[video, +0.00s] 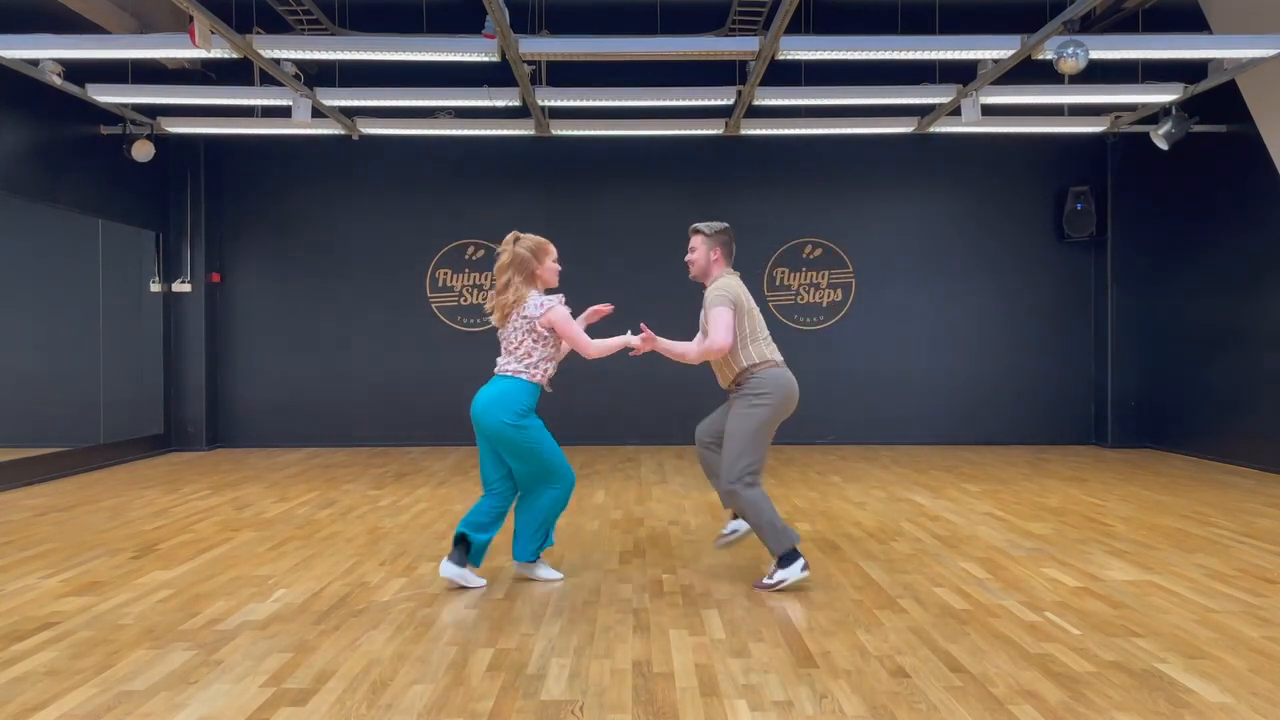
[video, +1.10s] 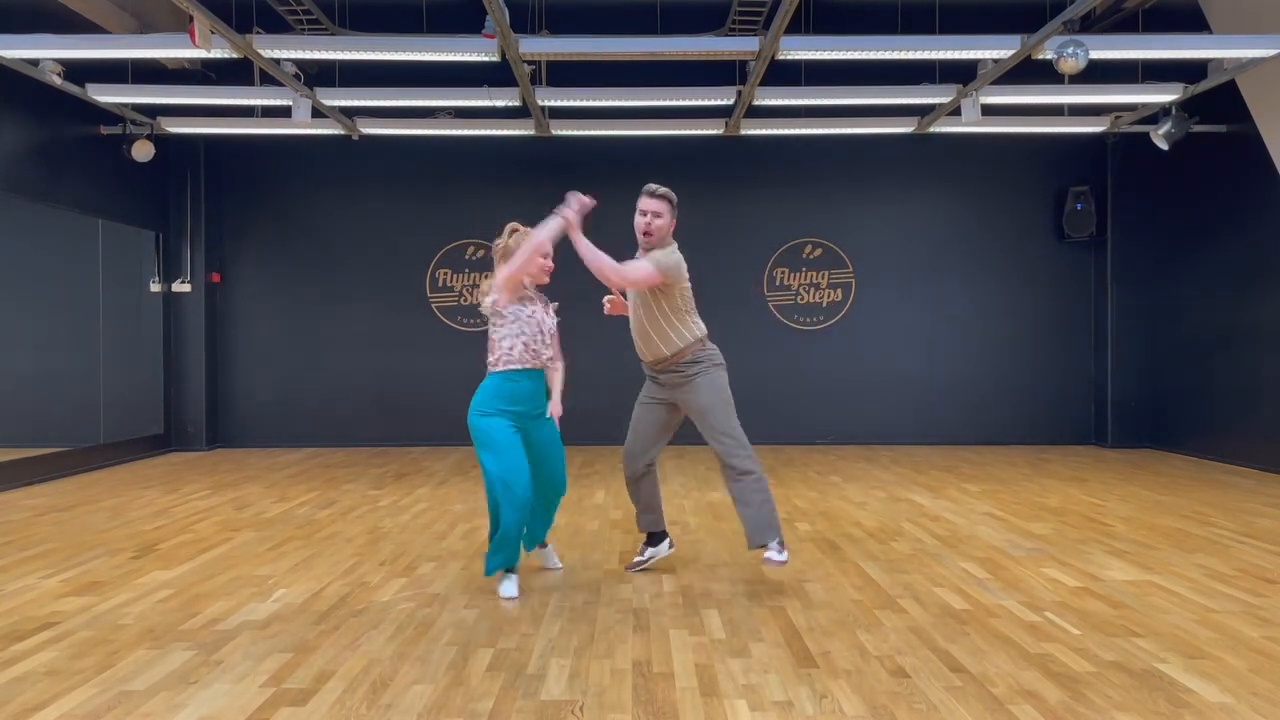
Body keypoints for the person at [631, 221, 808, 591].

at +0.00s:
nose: (687, 257)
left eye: (693, 250)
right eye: (688, 250)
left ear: (715, 255)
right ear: (714, 256)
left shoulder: (721, 288)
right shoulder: (720, 292)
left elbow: (721, 342)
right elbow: (695, 352)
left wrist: (693, 354)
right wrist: (656, 342)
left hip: (764, 384)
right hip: (756, 386)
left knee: (736, 480)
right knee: (707, 436)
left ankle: (789, 557)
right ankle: (741, 511)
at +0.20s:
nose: (691, 247)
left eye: (698, 240)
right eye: (693, 240)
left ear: (721, 246)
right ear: (714, 247)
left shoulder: (734, 276)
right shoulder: (718, 295)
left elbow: (775, 308)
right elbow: (703, 348)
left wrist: (742, 350)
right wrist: (663, 334)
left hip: (781, 374)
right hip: (769, 378)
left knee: (731, 460)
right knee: (732, 460)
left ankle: (784, 547)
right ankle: (780, 545)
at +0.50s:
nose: (681, 245)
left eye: (687, 237)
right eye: (681, 237)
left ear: (711, 238)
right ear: (705, 240)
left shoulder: (747, 268)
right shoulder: (685, 287)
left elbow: (761, 319)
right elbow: (656, 318)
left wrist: (706, 325)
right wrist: (621, 317)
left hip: (773, 374)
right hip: (736, 384)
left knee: (723, 445)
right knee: (699, 464)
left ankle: (752, 540)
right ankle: (733, 549)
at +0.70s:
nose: (669, 238)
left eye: (675, 231)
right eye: (669, 231)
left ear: (700, 231)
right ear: (694, 233)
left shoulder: (732, 269)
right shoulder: (675, 274)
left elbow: (703, 318)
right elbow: (658, 325)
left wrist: (651, 325)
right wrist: (633, 312)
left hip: (750, 375)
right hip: (713, 381)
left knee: (723, 454)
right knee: (691, 467)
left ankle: (727, 562)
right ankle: (731, 556)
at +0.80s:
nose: (659, 235)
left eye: (665, 227)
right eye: (659, 227)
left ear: (690, 228)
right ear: (686, 230)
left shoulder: (708, 265)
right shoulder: (687, 269)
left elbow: (679, 328)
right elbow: (693, 323)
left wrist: (632, 336)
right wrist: (657, 316)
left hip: (742, 377)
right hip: (701, 381)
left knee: (720, 460)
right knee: (662, 455)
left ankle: (751, 546)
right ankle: (694, 539)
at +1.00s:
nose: (656, 237)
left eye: (665, 231)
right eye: (651, 230)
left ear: (684, 238)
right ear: (645, 234)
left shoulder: (685, 280)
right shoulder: (658, 280)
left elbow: (673, 337)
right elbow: (660, 324)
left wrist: (626, 319)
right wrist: (639, 310)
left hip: (712, 384)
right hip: (677, 388)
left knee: (715, 474)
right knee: (643, 463)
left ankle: (757, 563)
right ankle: (667, 544)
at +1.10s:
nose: (647, 222)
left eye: (656, 215)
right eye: (642, 214)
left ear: (672, 223)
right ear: (633, 218)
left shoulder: (670, 260)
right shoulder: (638, 260)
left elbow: (616, 277)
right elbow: (657, 308)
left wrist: (576, 234)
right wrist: (627, 308)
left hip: (697, 367)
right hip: (658, 376)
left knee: (733, 450)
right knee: (635, 458)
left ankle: (771, 539)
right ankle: (656, 538)